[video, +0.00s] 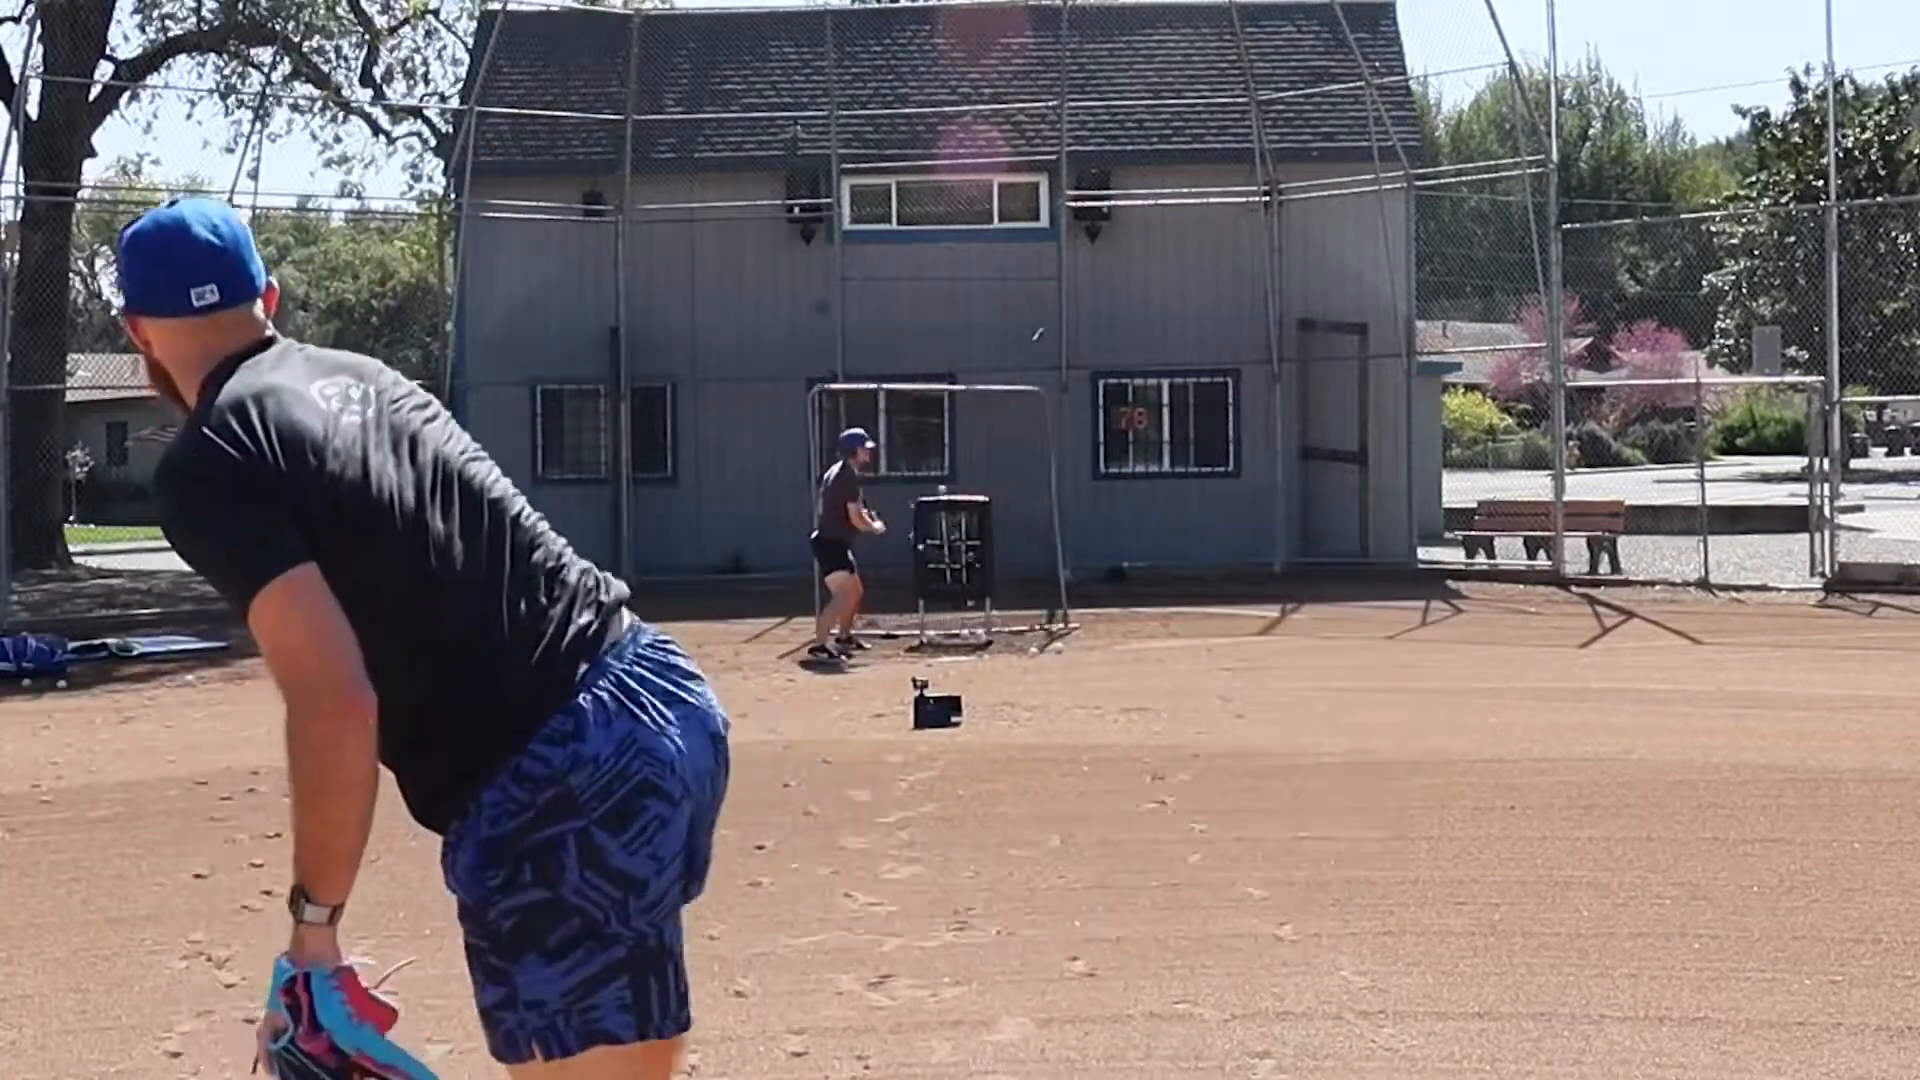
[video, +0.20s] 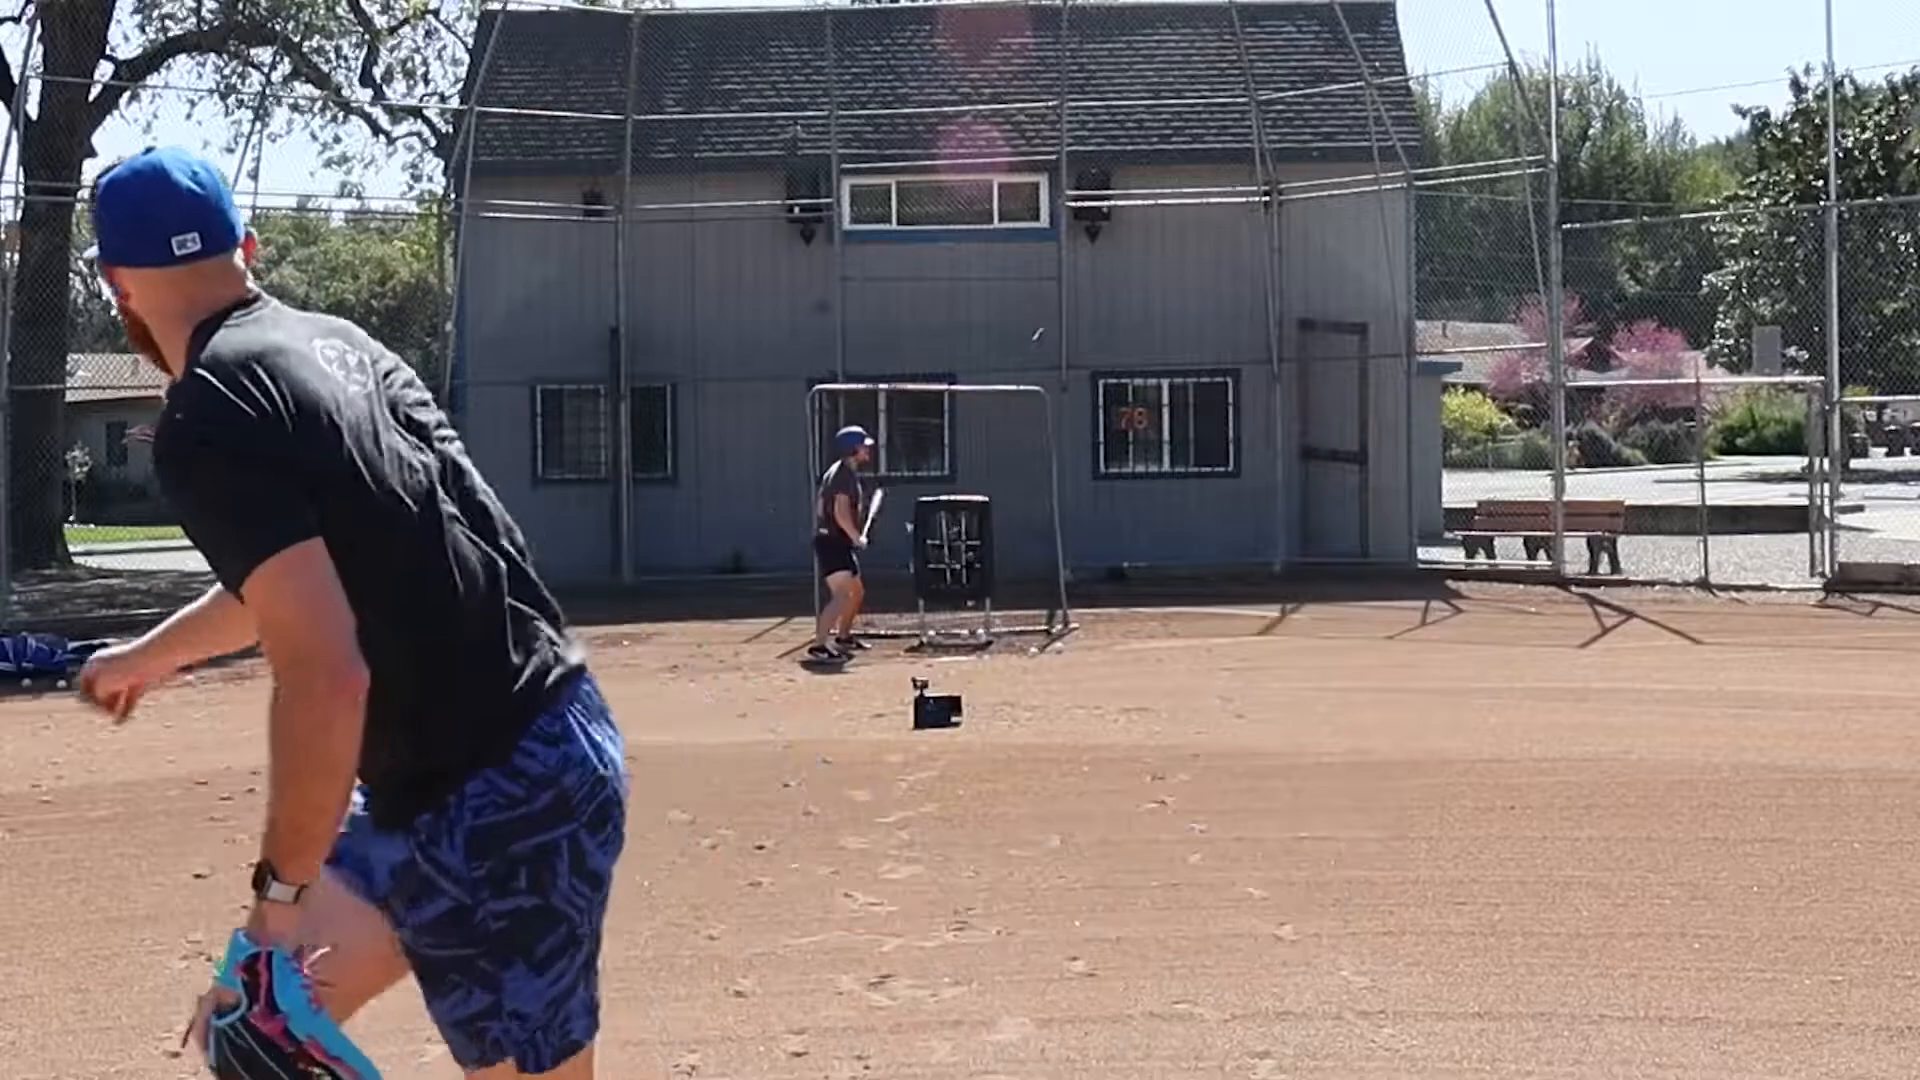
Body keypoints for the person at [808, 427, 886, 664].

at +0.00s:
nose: (868, 454)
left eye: (868, 449)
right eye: (864, 450)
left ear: (852, 451)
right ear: (852, 450)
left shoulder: (840, 471)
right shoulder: (847, 475)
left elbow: (852, 504)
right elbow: (856, 518)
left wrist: (867, 516)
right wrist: (875, 527)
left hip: (836, 539)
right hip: (830, 541)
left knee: (855, 590)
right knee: (844, 593)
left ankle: (844, 635)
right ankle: (821, 643)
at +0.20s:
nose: (868, 452)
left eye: (867, 447)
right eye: (864, 448)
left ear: (852, 450)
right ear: (852, 449)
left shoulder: (847, 472)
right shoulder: (843, 473)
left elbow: (848, 507)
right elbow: (841, 510)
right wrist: (856, 536)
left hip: (840, 538)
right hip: (830, 538)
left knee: (855, 590)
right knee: (842, 592)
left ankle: (843, 634)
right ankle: (821, 642)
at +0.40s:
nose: (862, 450)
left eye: (863, 446)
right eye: (857, 446)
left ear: (858, 448)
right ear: (846, 449)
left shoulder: (837, 466)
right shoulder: (850, 472)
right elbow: (876, 492)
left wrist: (868, 470)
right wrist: (879, 475)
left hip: (815, 537)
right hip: (829, 536)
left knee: (854, 580)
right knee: (874, 561)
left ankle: (841, 633)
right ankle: (854, 602)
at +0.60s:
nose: (861, 456)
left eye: (862, 452)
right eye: (856, 452)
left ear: (862, 453)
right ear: (845, 453)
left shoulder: (833, 470)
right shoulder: (853, 476)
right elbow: (874, 497)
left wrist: (865, 475)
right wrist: (871, 479)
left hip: (810, 538)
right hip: (825, 538)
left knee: (850, 584)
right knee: (866, 571)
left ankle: (841, 634)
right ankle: (847, 614)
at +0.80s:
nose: (863, 468)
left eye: (864, 463)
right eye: (859, 463)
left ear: (846, 464)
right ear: (847, 463)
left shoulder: (830, 479)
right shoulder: (851, 485)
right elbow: (873, 506)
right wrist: (864, 485)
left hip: (816, 546)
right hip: (820, 549)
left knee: (855, 595)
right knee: (849, 596)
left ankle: (838, 636)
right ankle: (829, 640)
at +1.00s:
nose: (864, 459)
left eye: (865, 454)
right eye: (861, 454)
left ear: (848, 455)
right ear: (850, 454)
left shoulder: (828, 467)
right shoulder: (849, 474)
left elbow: (814, 471)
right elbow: (864, 508)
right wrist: (858, 481)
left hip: (808, 534)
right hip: (810, 536)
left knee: (830, 589)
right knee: (827, 589)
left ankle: (832, 633)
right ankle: (818, 645)